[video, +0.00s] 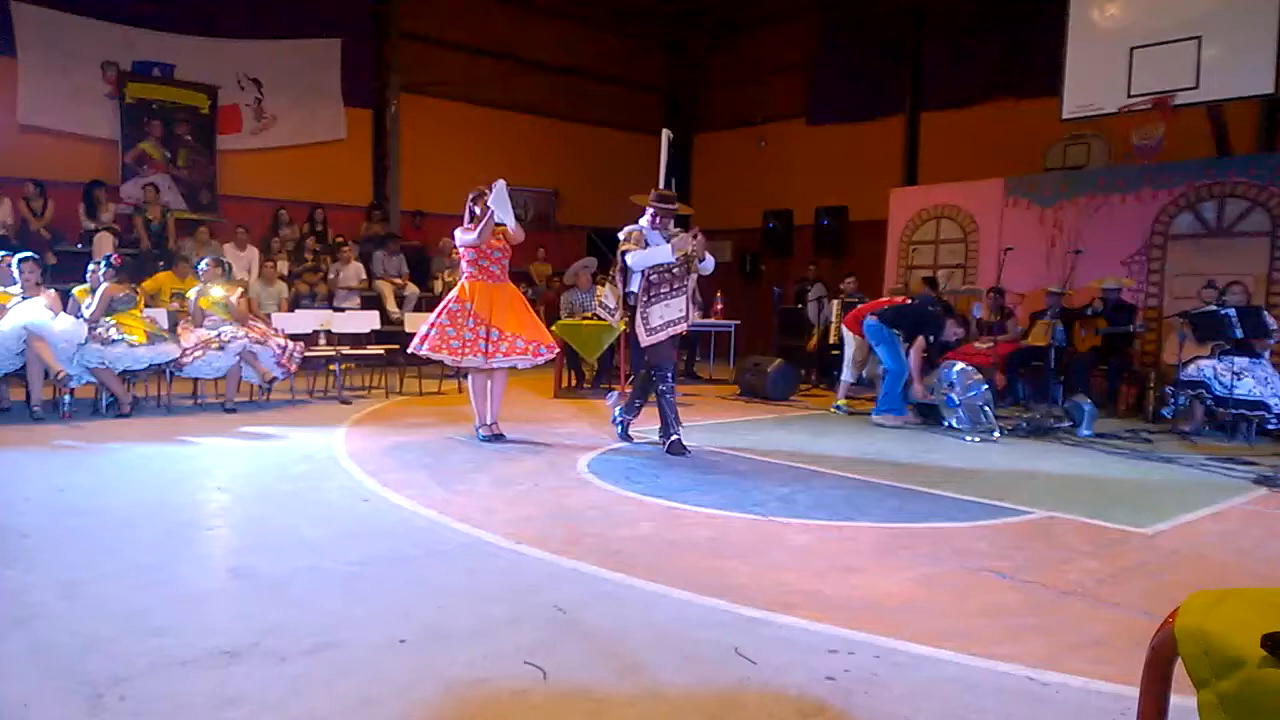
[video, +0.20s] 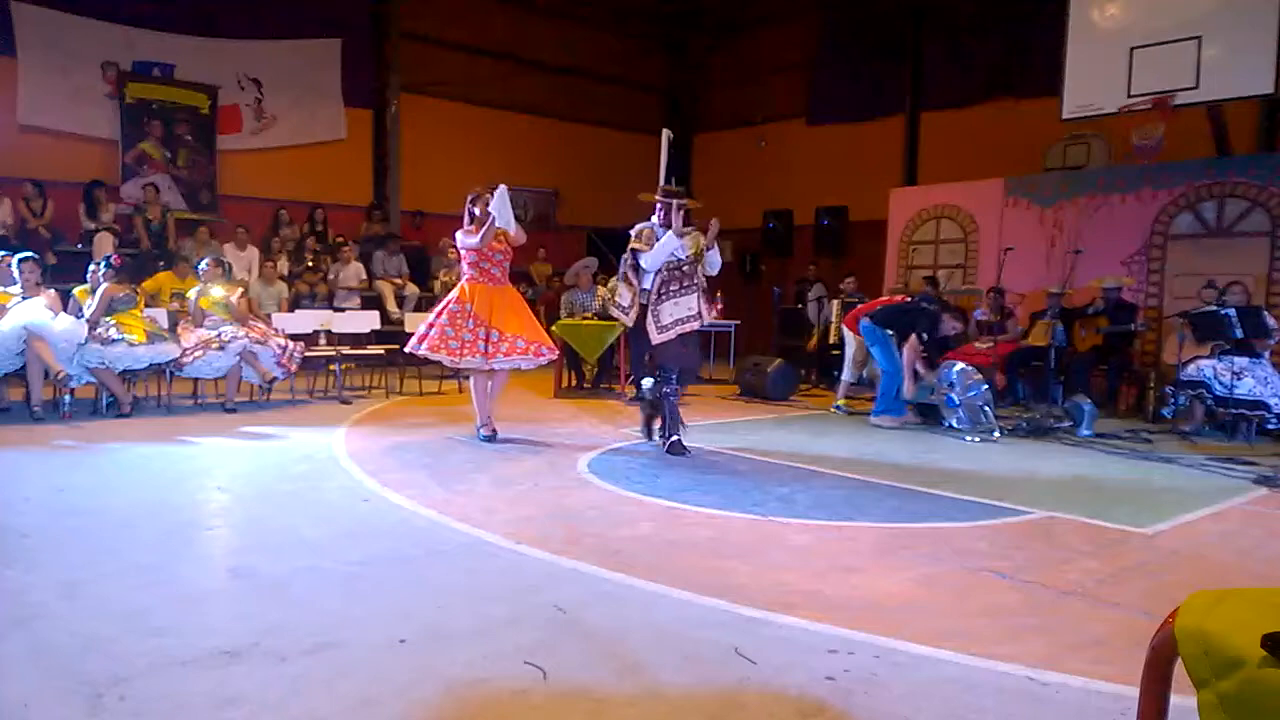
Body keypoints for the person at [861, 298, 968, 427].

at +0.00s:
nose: (953, 339)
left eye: (956, 338)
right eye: (955, 334)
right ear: (951, 323)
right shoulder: (935, 323)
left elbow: (913, 350)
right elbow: (915, 350)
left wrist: (918, 383)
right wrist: (917, 383)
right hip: (878, 325)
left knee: (901, 368)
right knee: (898, 369)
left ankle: (897, 410)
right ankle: (885, 412)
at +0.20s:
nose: (951, 334)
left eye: (955, 332)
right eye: (953, 328)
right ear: (947, 317)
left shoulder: (931, 322)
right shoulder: (929, 319)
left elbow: (914, 351)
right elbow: (909, 348)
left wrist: (925, 374)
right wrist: (909, 381)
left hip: (885, 328)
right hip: (873, 327)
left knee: (897, 369)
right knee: (891, 369)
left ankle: (897, 410)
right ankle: (882, 413)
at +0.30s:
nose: (948, 332)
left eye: (952, 329)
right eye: (949, 326)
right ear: (941, 316)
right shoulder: (922, 319)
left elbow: (922, 353)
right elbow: (905, 351)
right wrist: (908, 384)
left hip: (884, 330)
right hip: (869, 327)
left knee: (898, 371)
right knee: (889, 371)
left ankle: (898, 412)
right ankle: (881, 414)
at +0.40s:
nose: (942, 331)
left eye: (946, 329)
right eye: (941, 326)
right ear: (932, 315)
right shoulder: (915, 320)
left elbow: (923, 348)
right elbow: (902, 354)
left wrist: (930, 361)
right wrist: (910, 388)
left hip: (883, 332)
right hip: (868, 329)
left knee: (894, 369)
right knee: (885, 369)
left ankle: (898, 411)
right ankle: (882, 414)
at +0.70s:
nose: (918, 338)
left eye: (921, 334)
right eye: (915, 334)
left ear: (926, 327)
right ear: (905, 324)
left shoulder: (920, 314)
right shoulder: (892, 325)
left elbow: (926, 336)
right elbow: (893, 367)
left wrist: (927, 358)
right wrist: (914, 394)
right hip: (865, 331)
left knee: (906, 365)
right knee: (881, 367)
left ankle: (900, 411)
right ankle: (880, 413)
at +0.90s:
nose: (909, 343)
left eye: (913, 340)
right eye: (906, 340)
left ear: (921, 333)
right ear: (897, 331)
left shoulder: (918, 316)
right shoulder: (887, 332)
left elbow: (921, 335)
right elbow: (892, 369)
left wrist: (916, 354)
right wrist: (915, 395)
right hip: (866, 331)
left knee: (905, 367)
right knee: (881, 369)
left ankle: (900, 410)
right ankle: (880, 413)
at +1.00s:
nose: (909, 344)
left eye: (914, 340)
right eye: (906, 340)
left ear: (922, 334)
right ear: (896, 333)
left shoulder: (920, 317)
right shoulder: (887, 332)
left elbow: (920, 336)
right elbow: (892, 371)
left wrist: (914, 353)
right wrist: (918, 392)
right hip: (866, 330)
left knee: (904, 368)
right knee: (881, 369)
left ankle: (899, 410)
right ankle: (879, 413)